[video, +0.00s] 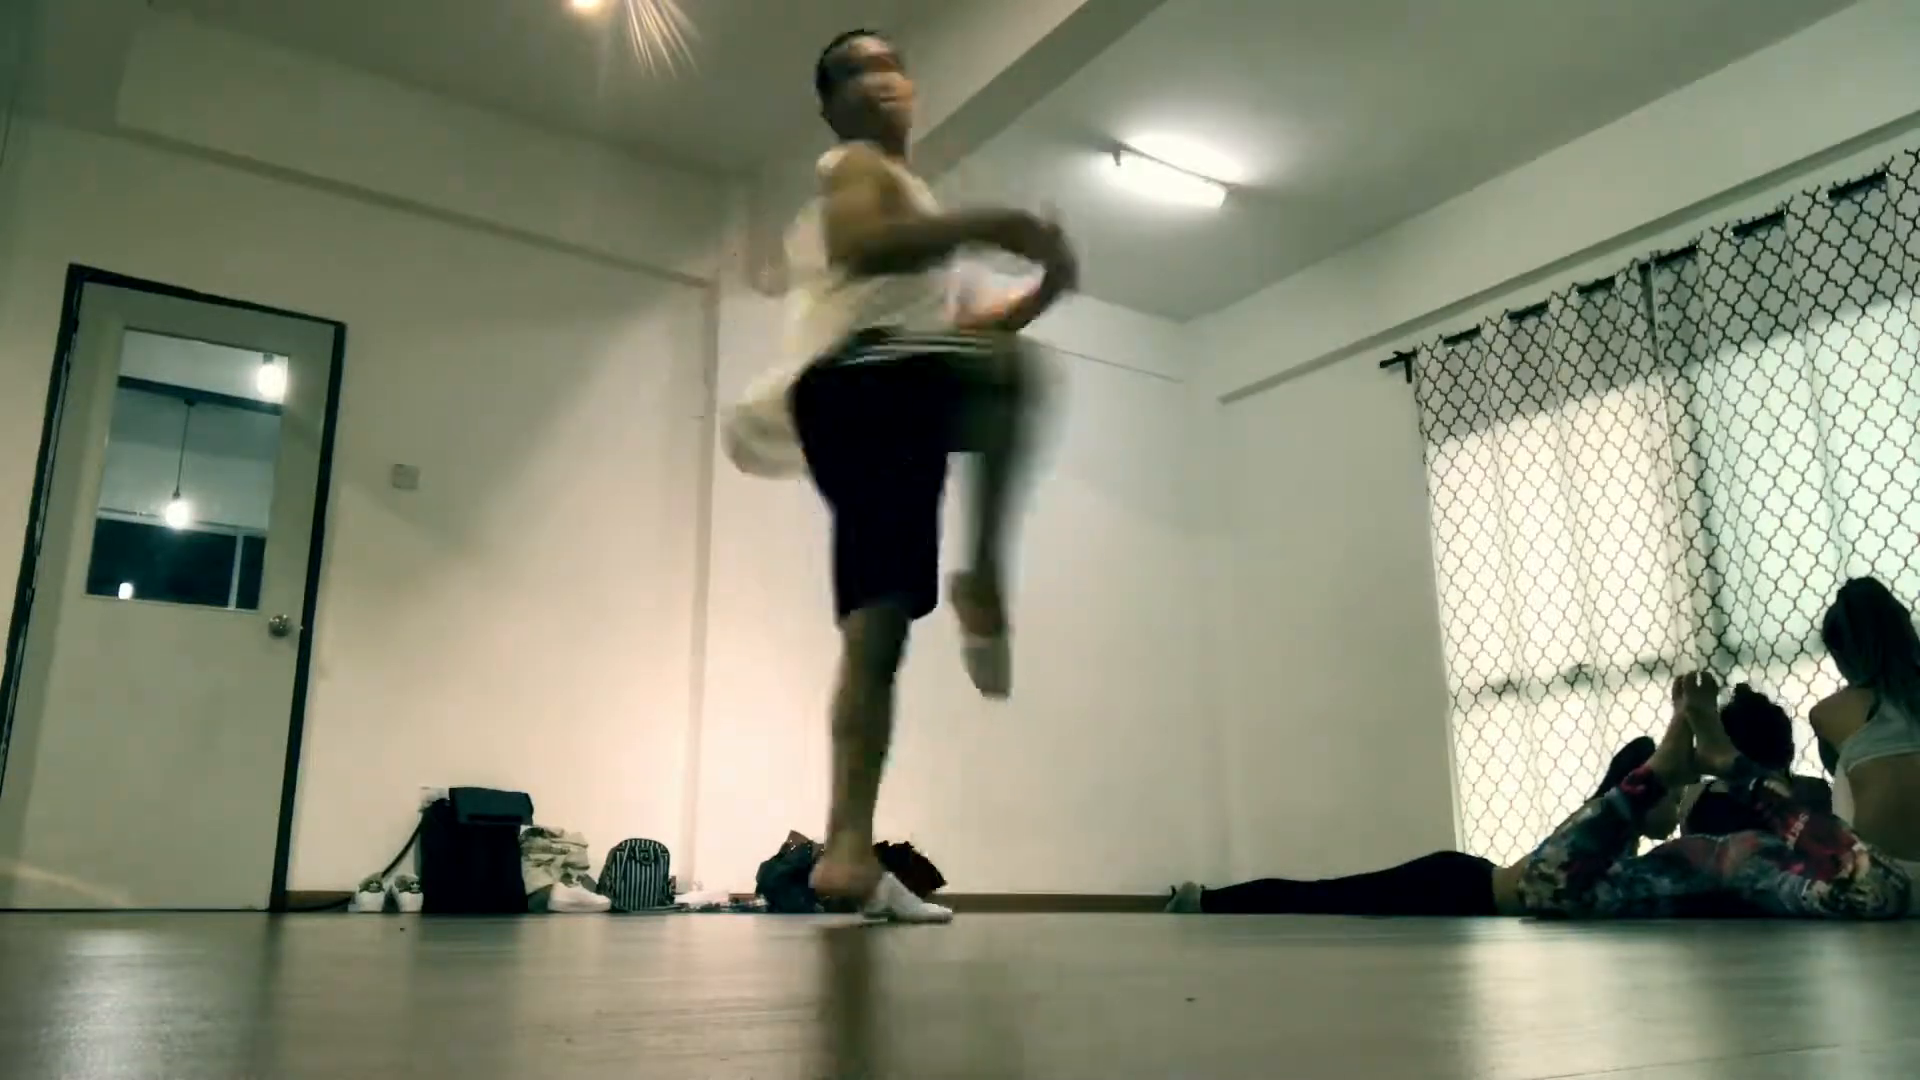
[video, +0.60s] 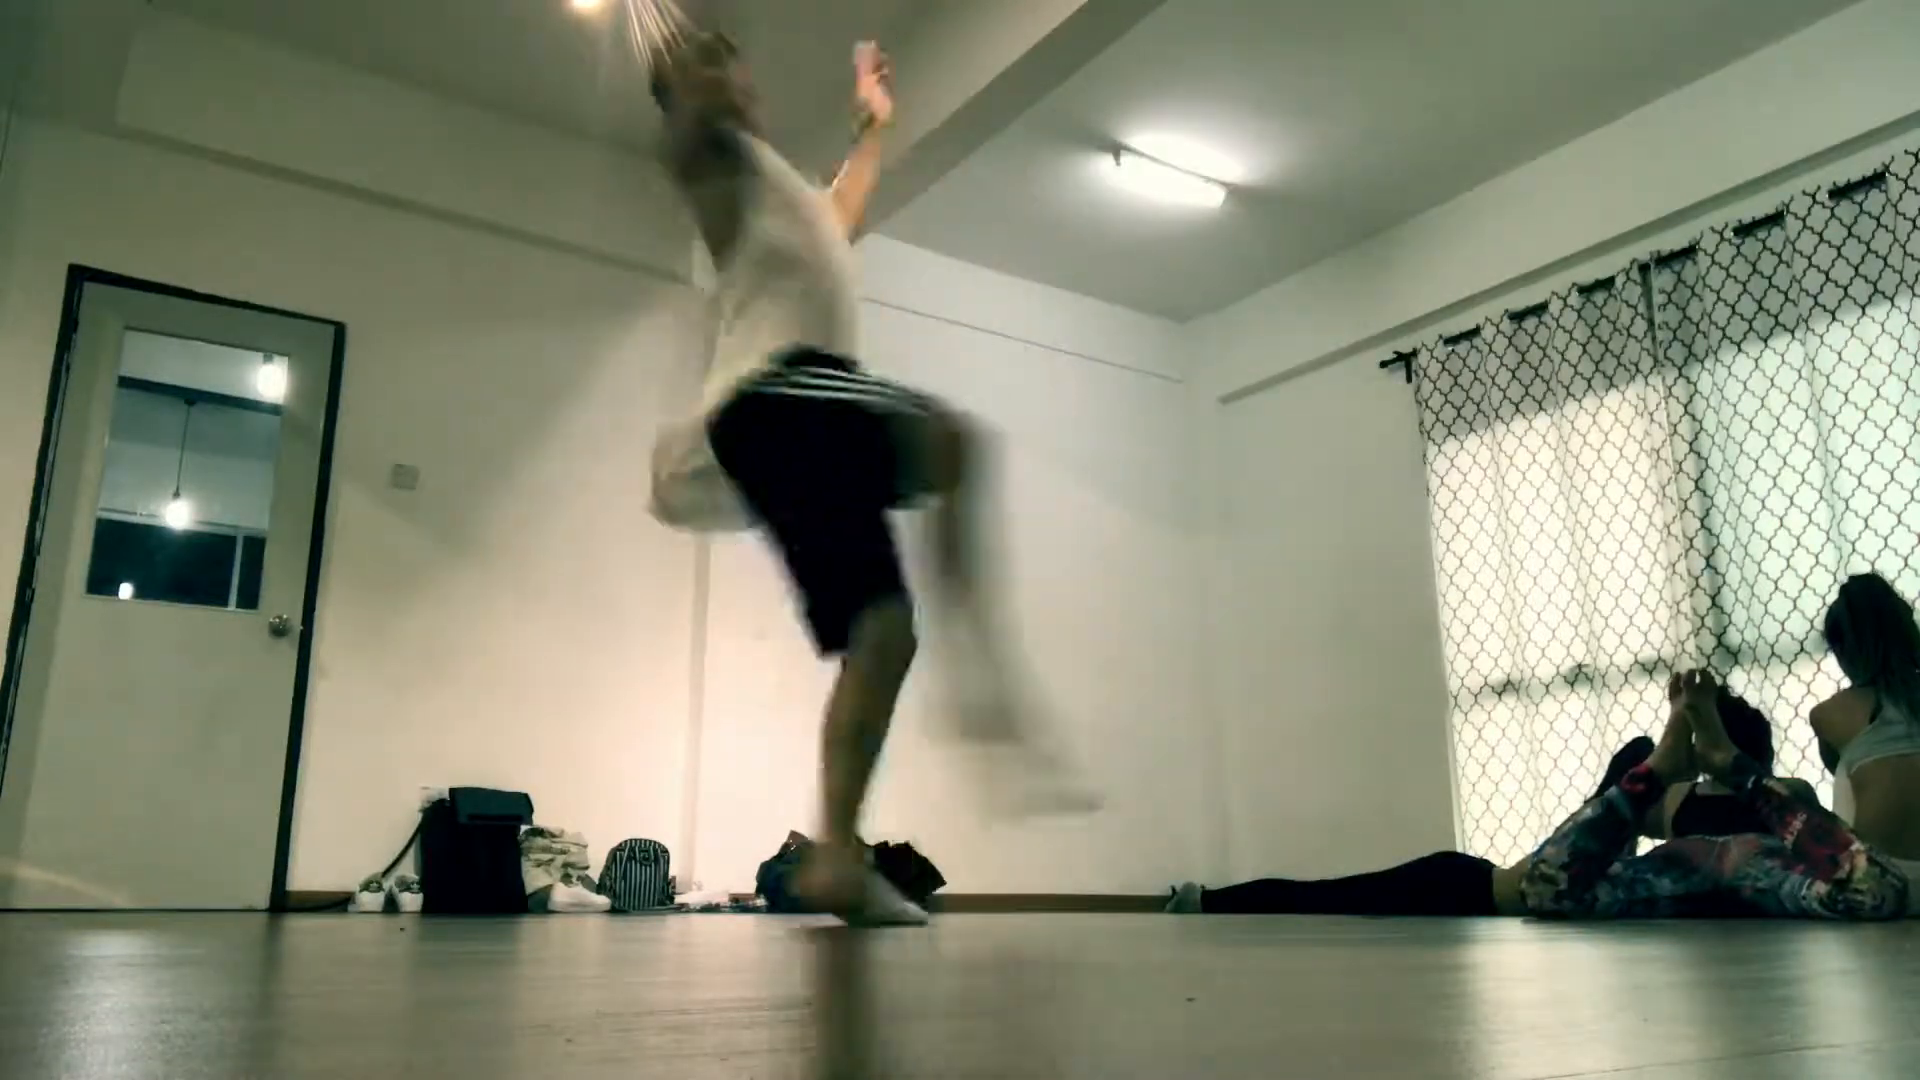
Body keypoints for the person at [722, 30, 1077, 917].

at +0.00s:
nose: (887, 79)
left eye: (894, 65)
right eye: (864, 70)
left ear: (913, 87)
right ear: (836, 103)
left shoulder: (910, 202)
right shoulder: (855, 162)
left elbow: (953, 326)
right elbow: (861, 236)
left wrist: (1038, 295)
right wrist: (994, 228)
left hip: (871, 406)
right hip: (859, 378)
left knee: (875, 630)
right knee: (1016, 373)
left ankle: (848, 855)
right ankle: (981, 590)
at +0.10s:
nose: (834, 88)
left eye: (849, 68)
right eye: (826, 82)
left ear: (904, 79)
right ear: (831, 109)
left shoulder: (976, 164)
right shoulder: (820, 184)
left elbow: (1057, 229)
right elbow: (740, 287)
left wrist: (969, 179)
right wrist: (798, 209)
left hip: (941, 432)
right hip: (852, 402)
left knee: (913, 644)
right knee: (763, 364)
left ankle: (893, 852)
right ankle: (910, 556)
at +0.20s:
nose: (812, 71)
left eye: (824, 51)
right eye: (807, 59)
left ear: (882, 47)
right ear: (833, 66)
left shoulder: (941, 107)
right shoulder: (834, 177)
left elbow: (938, 172)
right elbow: (761, 310)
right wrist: (714, 293)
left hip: (935, 401)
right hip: (857, 395)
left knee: (916, 614)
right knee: (701, 428)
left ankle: (972, 835)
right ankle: (833, 532)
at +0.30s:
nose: (772, 67)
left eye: (788, 50)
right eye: (777, 51)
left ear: (839, 59)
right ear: (853, 66)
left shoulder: (810, 122)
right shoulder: (898, 144)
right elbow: (877, 318)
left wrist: (732, 321)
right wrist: (794, 344)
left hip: (893, 410)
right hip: (974, 411)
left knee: (882, 638)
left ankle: (947, 830)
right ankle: (791, 585)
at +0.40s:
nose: (804, 129)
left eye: (769, 115)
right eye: (810, 114)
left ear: (739, 131)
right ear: (824, 125)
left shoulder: (704, 231)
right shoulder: (866, 201)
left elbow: (693, 376)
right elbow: (972, 309)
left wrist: (770, 361)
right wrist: (951, 311)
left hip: (829, 471)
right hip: (938, 436)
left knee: (884, 668)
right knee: (1005, 504)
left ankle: (893, 882)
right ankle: (944, 648)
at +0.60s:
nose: (737, 76)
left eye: (735, 61)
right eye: (714, 66)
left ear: (751, 79)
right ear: (685, 90)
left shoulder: (792, 200)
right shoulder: (721, 166)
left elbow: (844, 210)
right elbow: (686, 138)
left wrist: (874, 124)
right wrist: (676, 71)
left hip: (787, 417)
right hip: (775, 388)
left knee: (883, 633)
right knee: (954, 442)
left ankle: (835, 854)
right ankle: (981, 690)